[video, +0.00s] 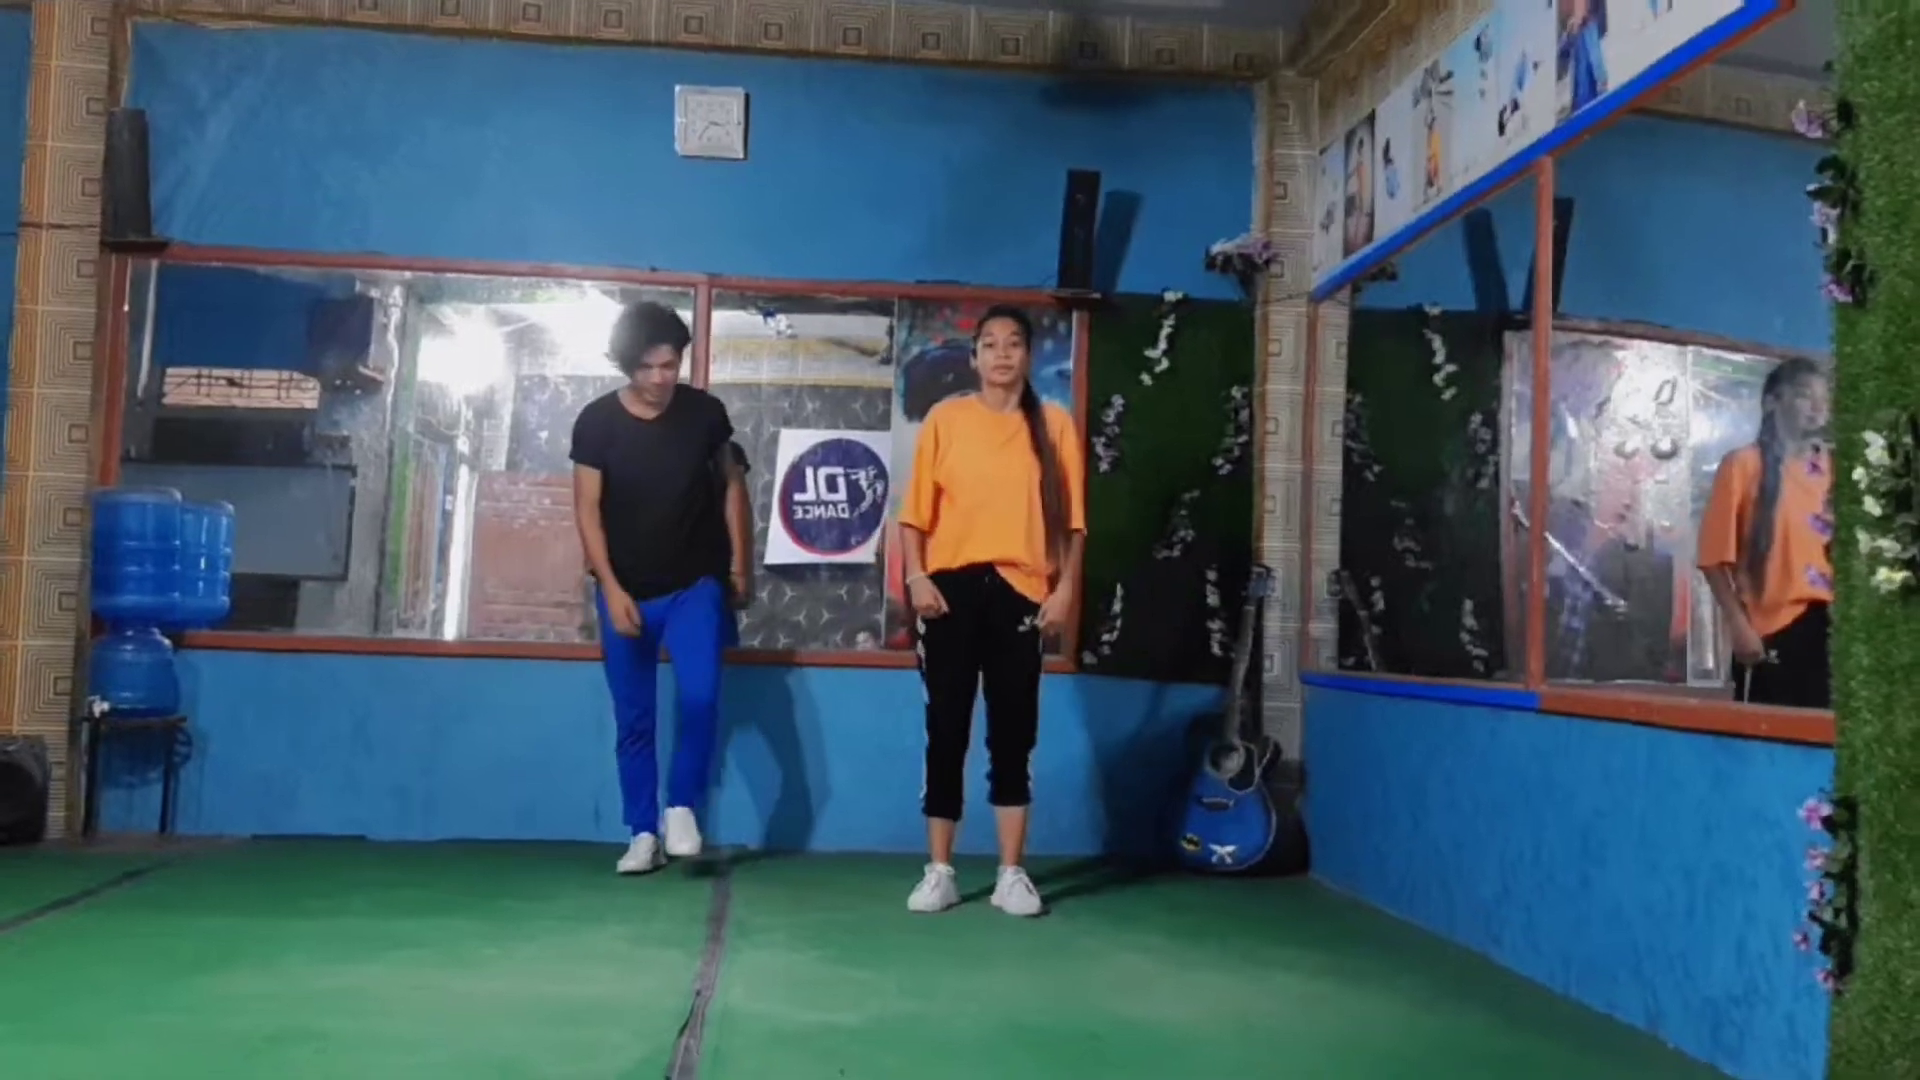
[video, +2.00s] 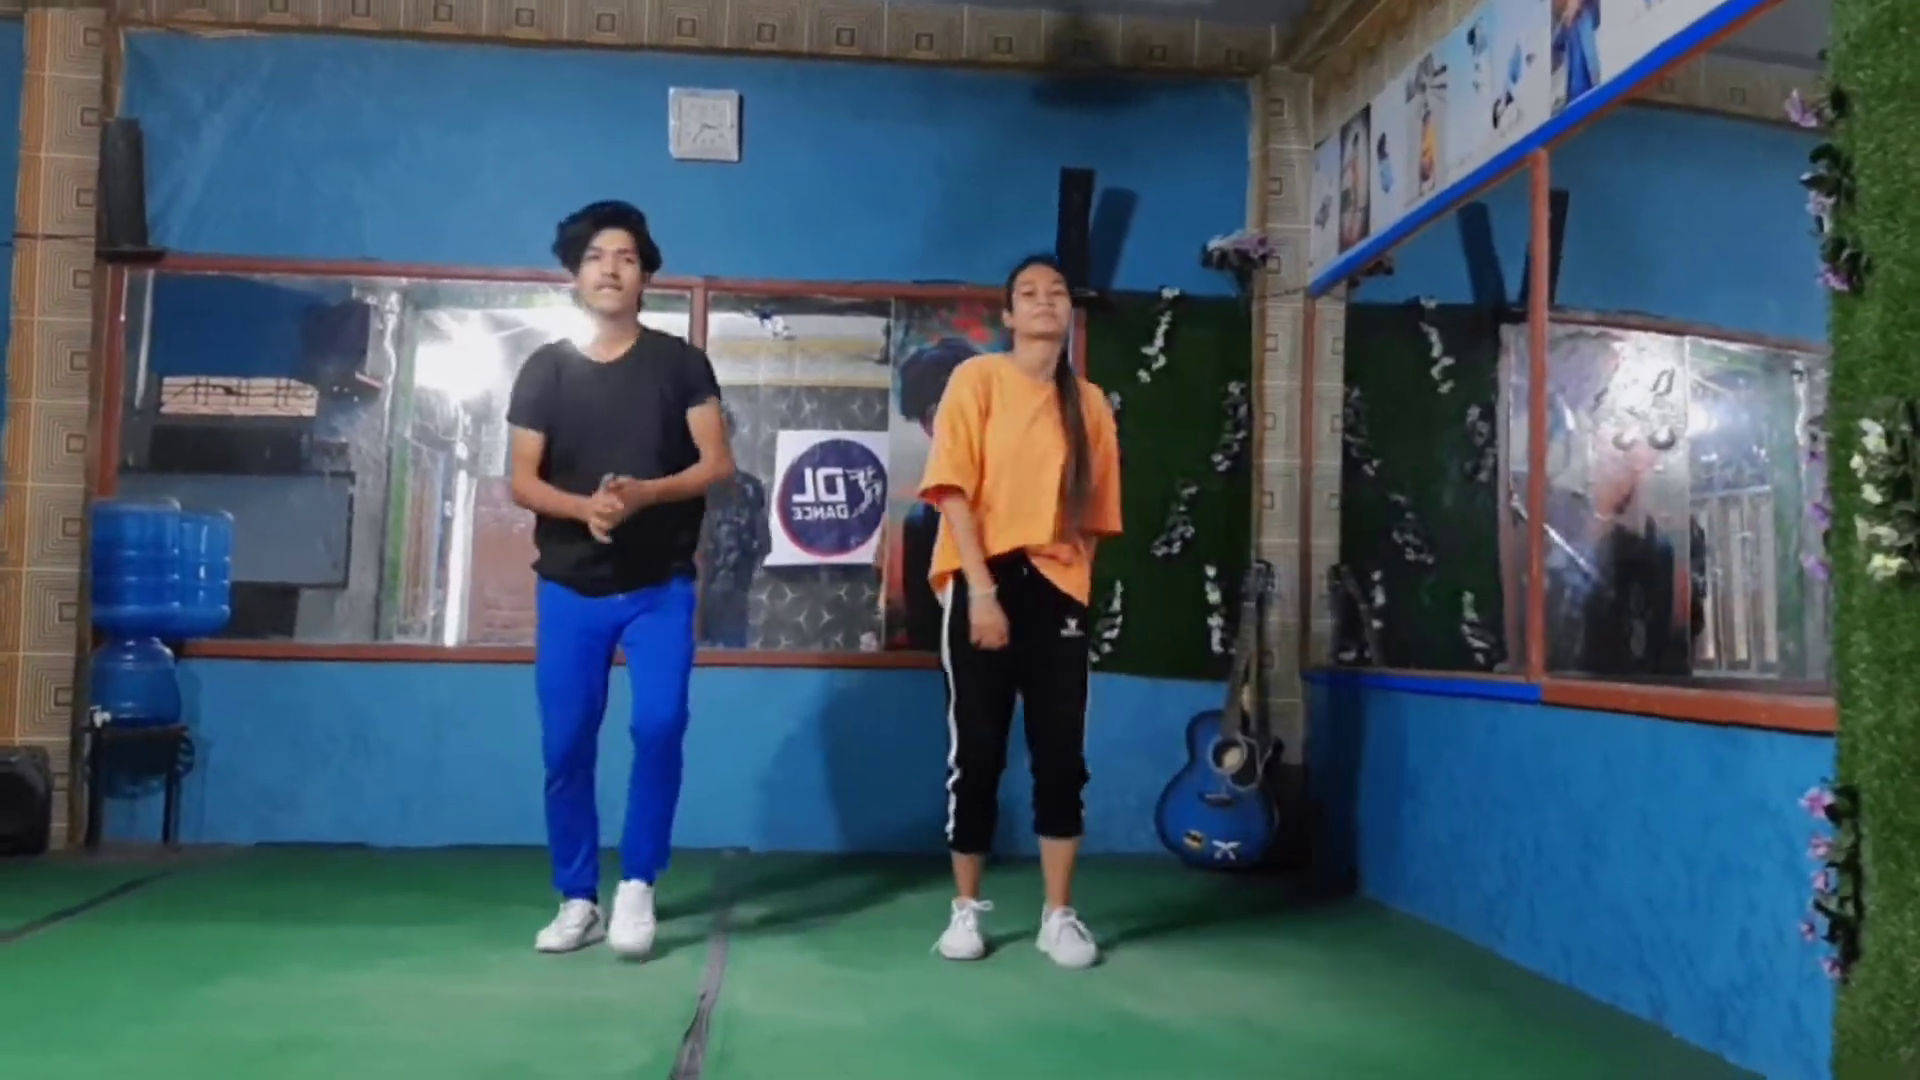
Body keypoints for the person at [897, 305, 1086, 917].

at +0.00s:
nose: (1001, 355)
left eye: (1013, 345)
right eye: (990, 345)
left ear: (1030, 356)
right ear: (974, 356)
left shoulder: (1054, 424)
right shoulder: (944, 419)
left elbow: (1073, 521)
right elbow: (913, 513)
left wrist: (1065, 588)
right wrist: (916, 576)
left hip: (1020, 590)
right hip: (950, 588)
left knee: (1013, 737)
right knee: (945, 736)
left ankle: (1011, 873)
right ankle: (939, 869)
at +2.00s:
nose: (1045, 302)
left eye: (1056, 293)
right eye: (1031, 294)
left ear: (1074, 314)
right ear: (1009, 314)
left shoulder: (1092, 403)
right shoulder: (976, 379)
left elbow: (1090, 519)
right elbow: (951, 493)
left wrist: (1071, 594)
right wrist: (980, 590)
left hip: (1057, 586)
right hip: (980, 581)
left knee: (1060, 754)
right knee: (976, 753)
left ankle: (1059, 914)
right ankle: (966, 908)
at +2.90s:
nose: (1089, 351)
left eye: (1102, 338)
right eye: (1076, 340)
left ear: (1127, 344)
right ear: (1062, 350)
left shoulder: (1156, 429)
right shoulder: (1032, 413)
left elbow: (1179, 549)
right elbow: (979, 501)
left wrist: (1246, 604)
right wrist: (919, 504)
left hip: (1114, 608)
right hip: (1030, 604)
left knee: (1143, 761)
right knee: (982, 743)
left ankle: (1158, 903)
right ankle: (974, 923)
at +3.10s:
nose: (1102, 336)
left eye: (1114, 322)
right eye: (1089, 325)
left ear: (1137, 331)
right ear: (1074, 337)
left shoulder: (1170, 410)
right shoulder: (1043, 394)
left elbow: (1233, 506)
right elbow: (969, 464)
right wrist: (962, 429)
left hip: (1123, 597)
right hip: (1040, 588)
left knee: (1145, 759)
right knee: (976, 691)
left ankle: (1155, 900)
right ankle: (1002, 846)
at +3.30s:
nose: (1084, 323)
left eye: (1097, 311)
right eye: (1071, 312)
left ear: (1119, 323)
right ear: (1055, 324)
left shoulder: (1147, 391)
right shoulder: (1029, 401)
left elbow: (1165, 486)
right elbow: (989, 508)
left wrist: (1114, 447)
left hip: (1106, 582)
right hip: (1029, 578)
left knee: (1075, 746)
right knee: (1019, 743)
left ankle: (1070, 890)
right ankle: (1018, 899)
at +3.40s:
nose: (1060, 343)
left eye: (1073, 332)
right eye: (1049, 333)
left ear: (1097, 347)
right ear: (1035, 348)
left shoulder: (1128, 399)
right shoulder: (1016, 426)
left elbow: (1150, 482)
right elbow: (996, 526)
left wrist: (1128, 512)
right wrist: (997, 548)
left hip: (1094, 601)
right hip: (1020, 600)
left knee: (1072, 764)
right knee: (1009, 758)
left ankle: (1076, 888)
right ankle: (1021, 901)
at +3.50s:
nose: (1039, 356)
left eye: (1053, 347)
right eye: (1029, 346)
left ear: (1078, 362)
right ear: (1016, 361)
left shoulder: (1102, 411)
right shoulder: (1000, 434)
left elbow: (1123, 525)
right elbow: (973, 525)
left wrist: (1148, 626)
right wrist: (940, 453)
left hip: (1102, 603)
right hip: (1023, 607)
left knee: (1131, 743)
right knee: (996, 754)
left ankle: (1121, 850)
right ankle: (1018, 900)